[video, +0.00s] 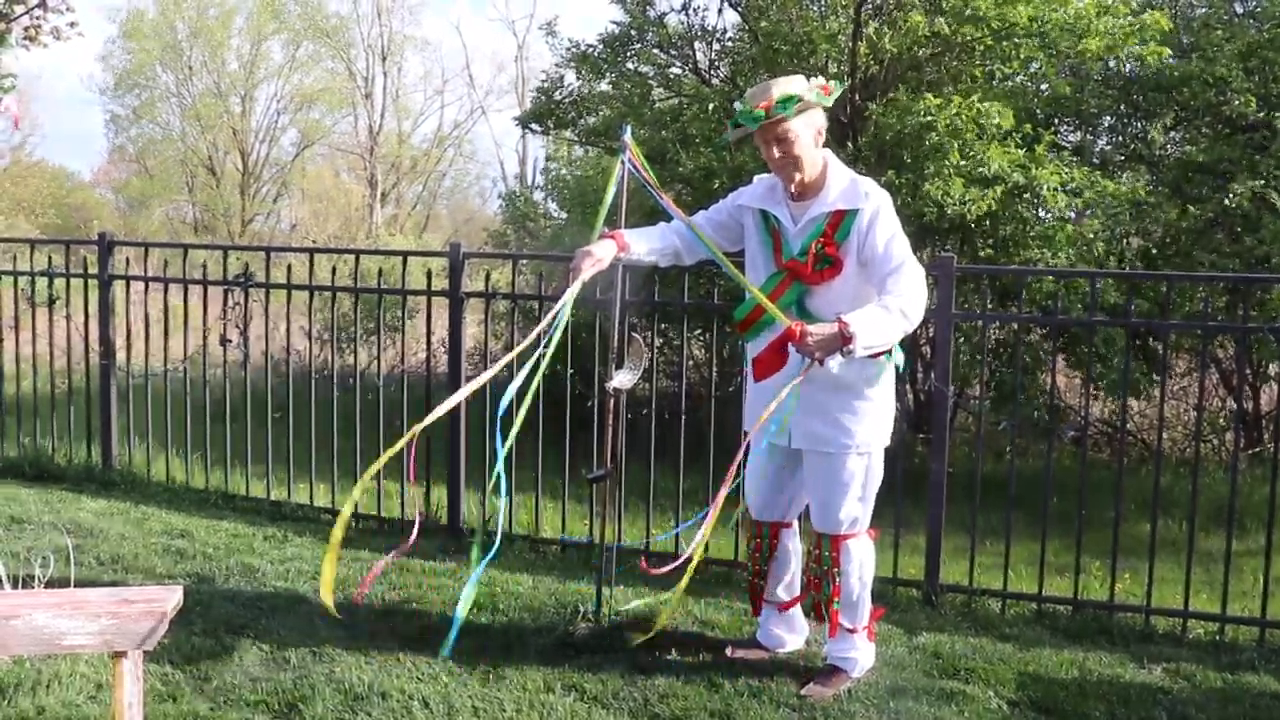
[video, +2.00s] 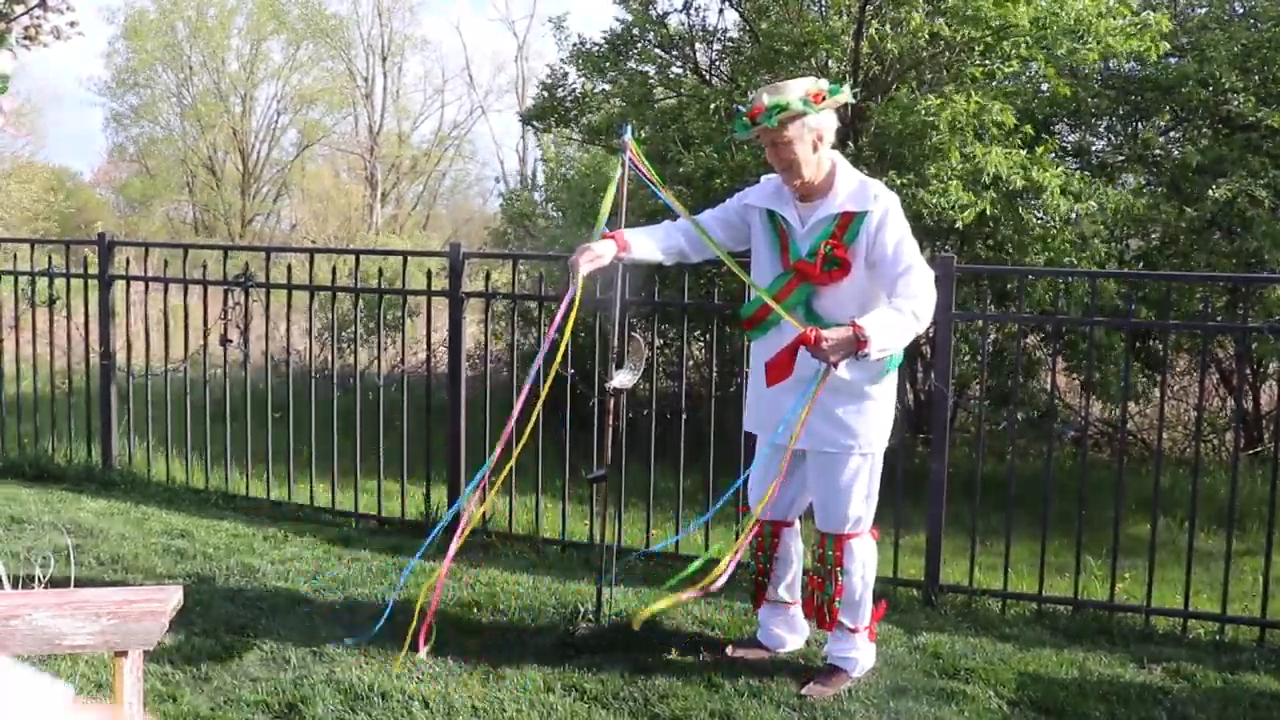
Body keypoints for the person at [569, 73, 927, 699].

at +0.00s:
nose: (776, 154)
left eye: (787, 140)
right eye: (765, 144)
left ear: (821, 132)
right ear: (758, 145)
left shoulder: (866, 205)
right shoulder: (754, 201)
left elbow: (908, 294)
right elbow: (684, 237)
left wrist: (847, 331)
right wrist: (615, 244)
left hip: (849, 394)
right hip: (773, 384)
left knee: (842, 525)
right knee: (770, 510)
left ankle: (848, 655)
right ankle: (778, 635)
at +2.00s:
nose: (772, 155)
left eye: (782, 141)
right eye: (765, 144)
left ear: (822, 135)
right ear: (763, 146)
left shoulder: (874, 205)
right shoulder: (759, 202)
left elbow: (917, 294)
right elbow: (688, 235)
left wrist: (860, 334)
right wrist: (616, 244)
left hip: (853, 391)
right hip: (776, 384)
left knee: (846, 524)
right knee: (774, 511)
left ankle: (849, 656)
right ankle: (778, 634)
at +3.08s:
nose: (749, 161)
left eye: (756, 147)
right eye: (744, 149)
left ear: (796, 140)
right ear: (750, 148)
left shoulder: (858, 204)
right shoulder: (741, 204)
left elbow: (907, 292)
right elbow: (658, 227)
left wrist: (858, 336)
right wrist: (568, 231)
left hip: (847, 383)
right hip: (772, 380)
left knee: (842, 516)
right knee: (766, 507)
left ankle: (851, 654)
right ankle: (780, 633)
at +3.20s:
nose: (746, 161)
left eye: (754, 148)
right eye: (741, 149)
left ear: (794, 144)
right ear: (750, 149)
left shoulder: (857, 205)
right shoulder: (739, 204)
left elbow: (904, 292)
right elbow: (656, 226)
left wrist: (858, 338)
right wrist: (568, 229)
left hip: (845, 389)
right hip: (769, 385)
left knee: (843, 521)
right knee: (767, 511)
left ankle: (851, 654)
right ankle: (779, 633)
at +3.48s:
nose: (743, 164)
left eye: (750, 150)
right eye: (738, 152)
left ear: (791, 145)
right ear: (745, 150)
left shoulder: (854, 206)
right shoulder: (735, 204)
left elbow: (901, 294)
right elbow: (652, 226)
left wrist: (855, 342)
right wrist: (565, 229)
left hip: (843, 384)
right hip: (766, 380)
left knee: (842, 520)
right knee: (766, 511)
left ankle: (850, 655)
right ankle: (778, 634)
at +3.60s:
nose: (740, 162)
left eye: (748, 149)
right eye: (737, 150)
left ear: (789, 145)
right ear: (746, 150)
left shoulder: (853, 206)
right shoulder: (734, 204)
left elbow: (901, 294)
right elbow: (649, 227)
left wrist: (853, 343)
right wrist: (562, 230)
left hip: (842, 386)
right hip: (767, 381)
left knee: (842, 521)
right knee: (766, 510)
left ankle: (849, 656)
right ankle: (778, 635)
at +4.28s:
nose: (717, 164)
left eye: (723, 151)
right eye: (715, 153)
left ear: (763, 145)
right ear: (754, 149)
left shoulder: (837, 205)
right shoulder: (739, 217)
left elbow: (887, 298)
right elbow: (677, 269)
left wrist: (824, 352)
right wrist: (591, 284)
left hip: (844, 382)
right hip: (776, 379)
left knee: (818, 516)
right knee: (766, 513)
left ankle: (861, 650)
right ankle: (800, 643)